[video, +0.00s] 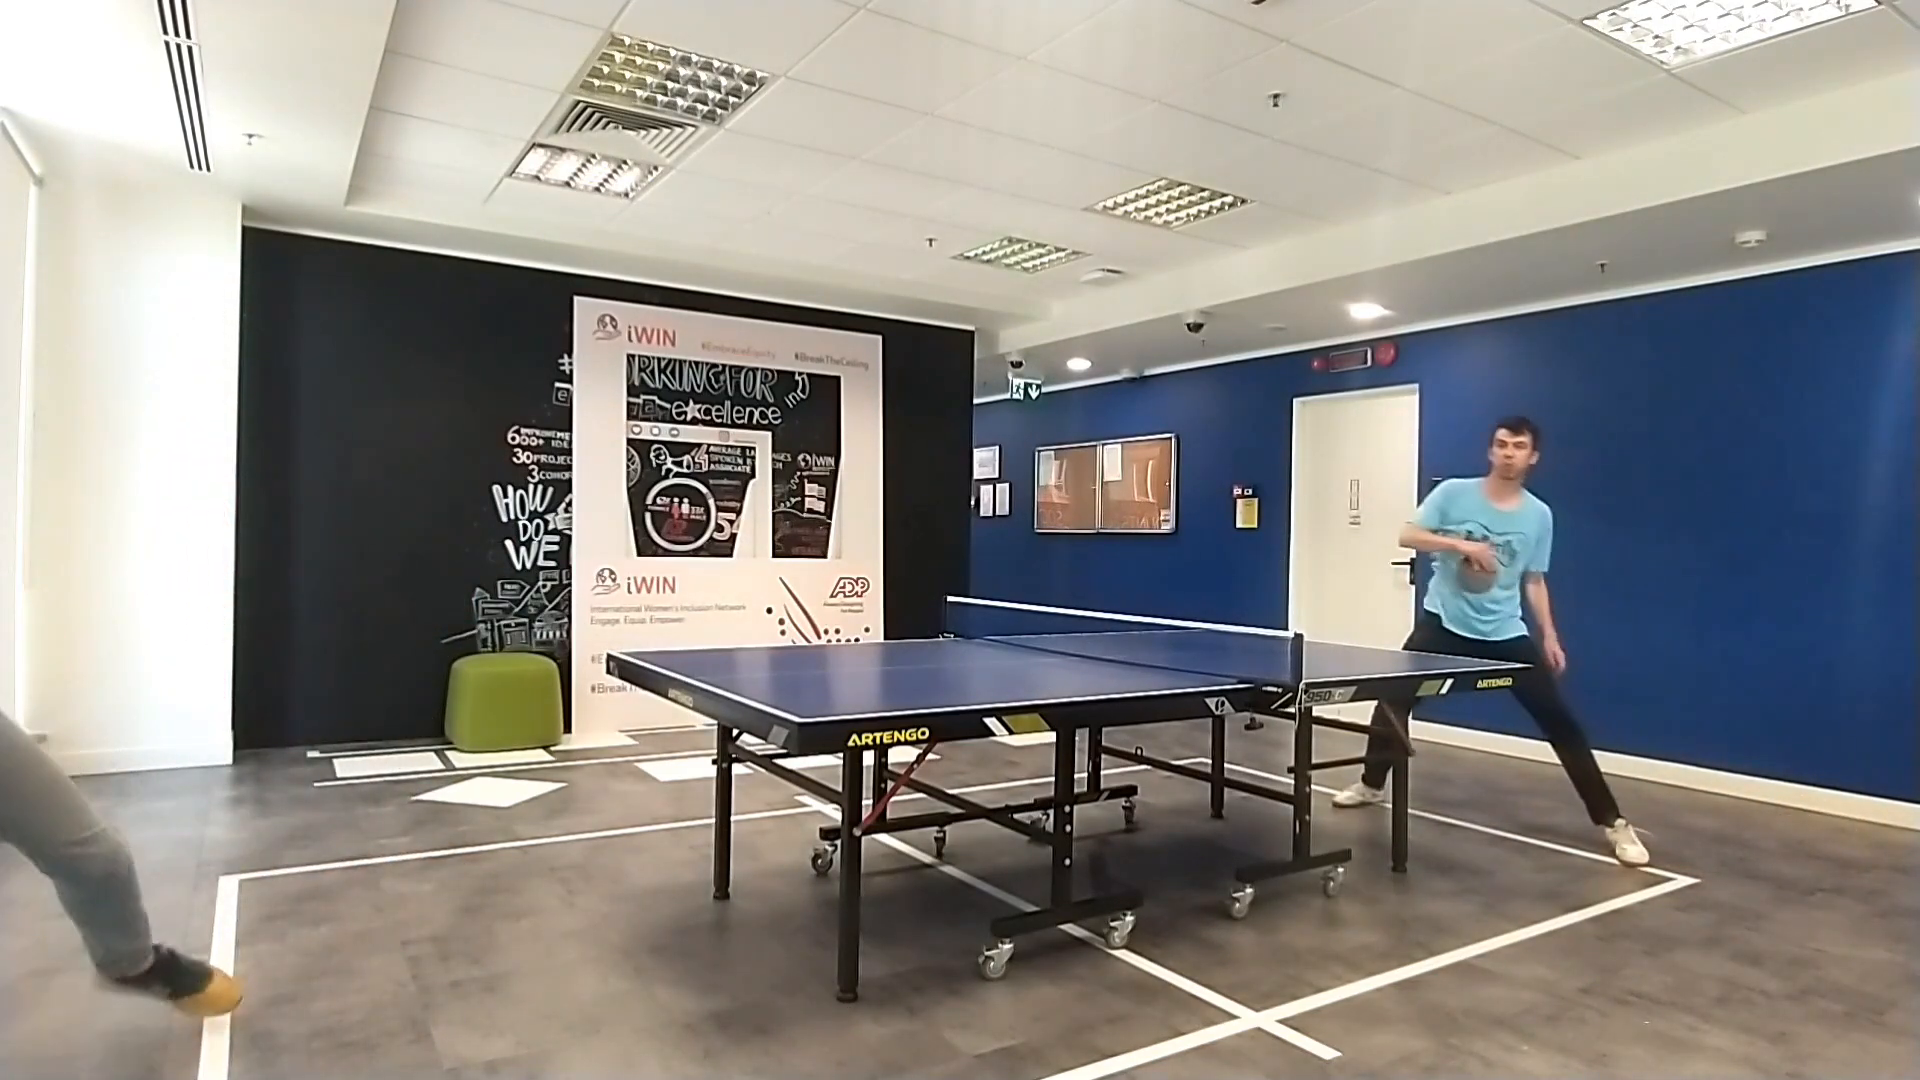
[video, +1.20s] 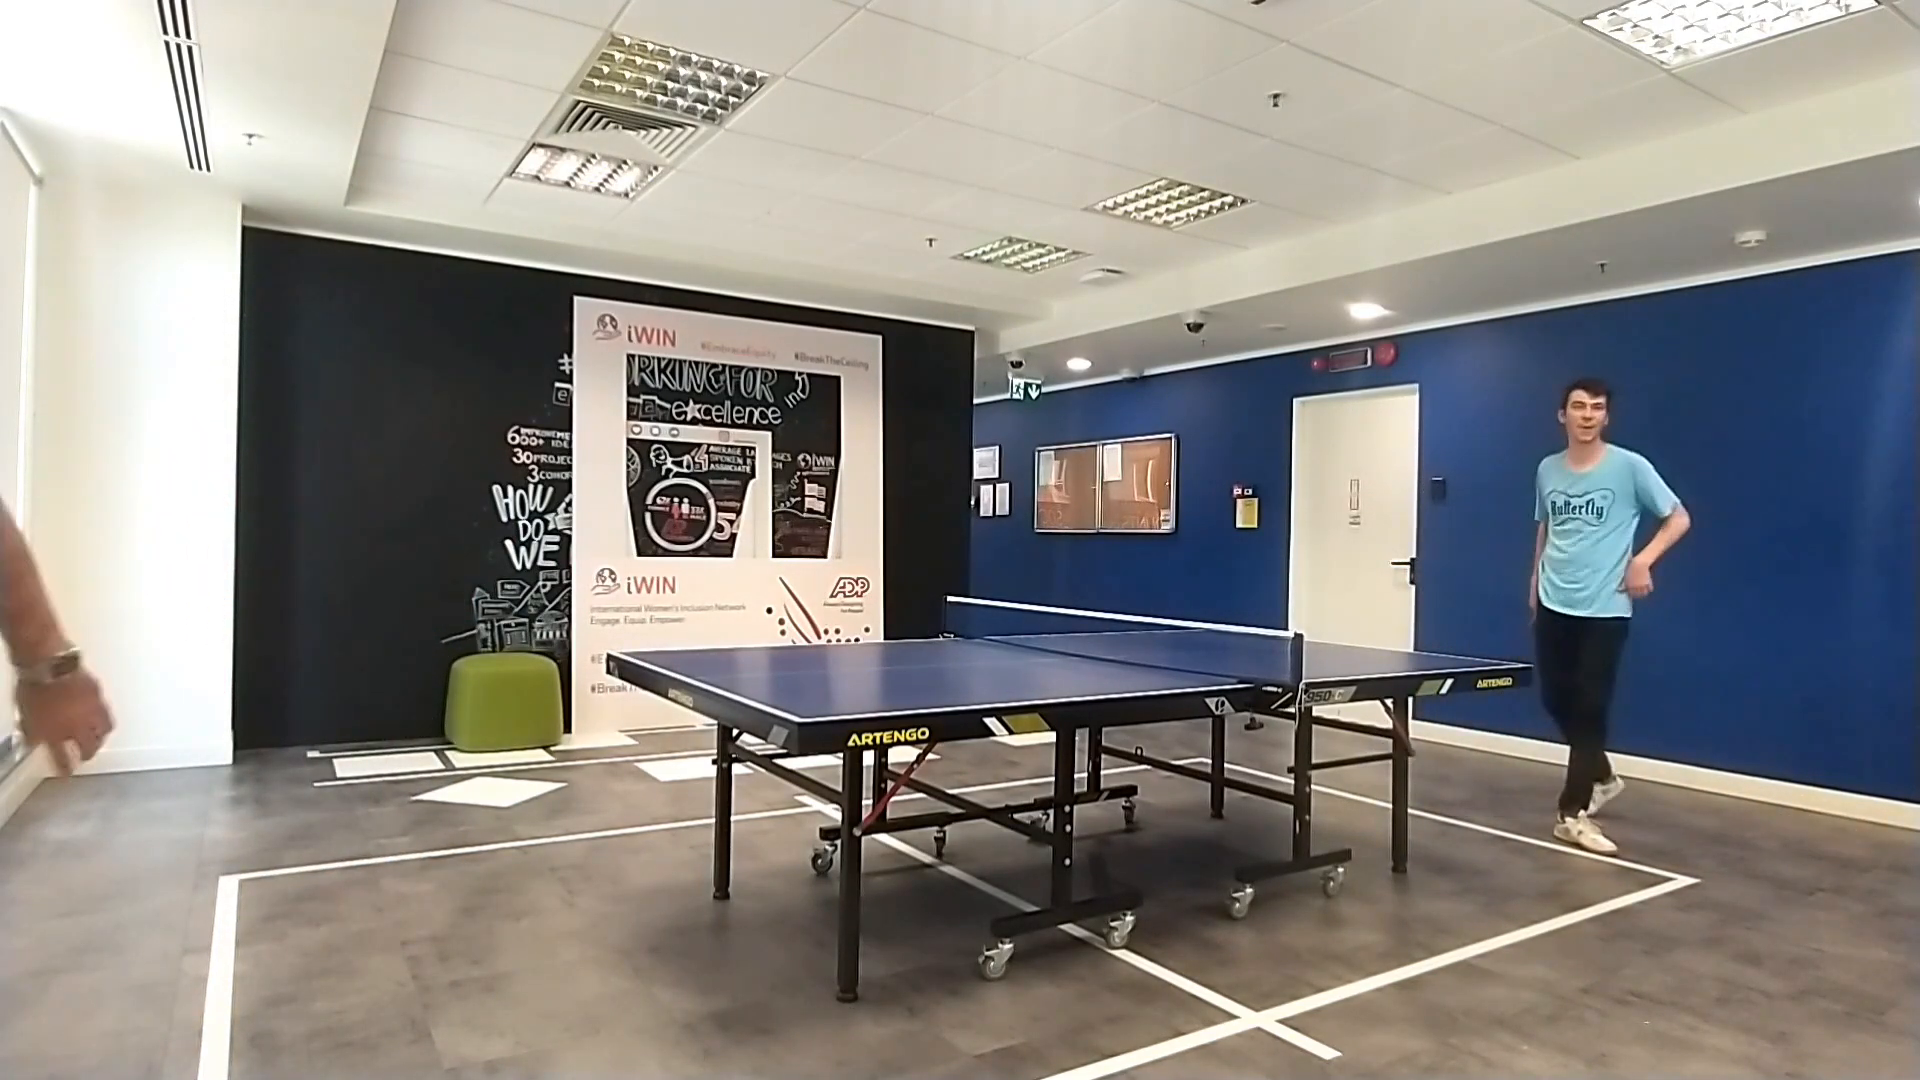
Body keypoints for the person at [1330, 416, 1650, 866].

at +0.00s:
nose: (1508, 453)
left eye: (1518, 447)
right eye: (1502, 445)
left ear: (1533, 457)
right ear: (1490, 451)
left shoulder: (1538, 514)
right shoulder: (1453, 492)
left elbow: (1534, 579)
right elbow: (1408, 536)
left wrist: (1548, 633)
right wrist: (1464, 546)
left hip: (1506, 632)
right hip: (1443, 624)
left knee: (1558, 720)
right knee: (1394, 694)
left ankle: (1614, 824)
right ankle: (1371, 784)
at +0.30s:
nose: (1498, 438)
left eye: (1507, 432)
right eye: (1491, 430)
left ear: (1521, 442)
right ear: (1478, 438)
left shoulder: (1535, 500)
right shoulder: (1443, 488)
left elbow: (1549, 556)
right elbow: (1419, 541)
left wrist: (1569, 582)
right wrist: (1403, 584)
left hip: (1505, 621)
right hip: (1442, 615)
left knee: (1549, 706)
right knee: (1398, 694)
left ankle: (1567, 815)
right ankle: (1370, 784)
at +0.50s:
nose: (1554, 437)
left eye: (1563, 431)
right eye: (1546, 429)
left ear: (1574, 442)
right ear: (1530, 436)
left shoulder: (1585, 503)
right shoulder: (1491, 482)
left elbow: (1603, 557)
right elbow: (1457, 533)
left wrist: (1615, 577)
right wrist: (1432, 584)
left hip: (1540, 621)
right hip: (1476, 612)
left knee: (1577, 709)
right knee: (1422, 693)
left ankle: (1570, 818)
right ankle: (1374, 780)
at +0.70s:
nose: (1598, 429)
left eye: (1608, 423)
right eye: (1590, 419)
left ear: (1617, 433)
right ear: (1572, 422)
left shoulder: (1623, 490)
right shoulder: (1531, 463)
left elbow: (1636, 552)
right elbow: (1498, 508)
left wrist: (1629, 582)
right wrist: (1475, 559)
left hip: (1568, 606)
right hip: (1506, 592)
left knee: (1581, 703)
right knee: (1464, 679)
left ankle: (1572, 816)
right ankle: (1437, 778)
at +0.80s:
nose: (1607, 423)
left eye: (1618, 418)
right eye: (1600, 413)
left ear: (1628, 429)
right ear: (1582, 417)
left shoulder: (1633, 486)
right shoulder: (1541, 458)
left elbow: (1645, 550)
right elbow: (1511, 503)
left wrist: (1624, 582)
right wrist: (1488, 551)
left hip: (1577, 604)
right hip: (1517, 589)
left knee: (1579, 706)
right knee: (1485, 679)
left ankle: (1571, 815)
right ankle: (1487, 776)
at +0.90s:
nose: (1611, 417)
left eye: (1621, 412)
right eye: (1603, 408)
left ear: (1630, 422)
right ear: (1585, 413)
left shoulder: (1637, 480)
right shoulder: (1545, 457)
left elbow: (1650, 547)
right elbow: (1520, 505)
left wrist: (1620, 578)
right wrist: (1500, 550)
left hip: (1587, 605)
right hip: (1528, 590)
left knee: (1583, 707)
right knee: (1501, 681)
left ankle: (1572, 814)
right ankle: (1534, 766)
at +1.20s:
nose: (1587, 414)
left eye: (1596, 408)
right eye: (1579, 407)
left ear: (1607, 416)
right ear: (1563, 415)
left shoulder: (1631, 466)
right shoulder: (1548, 469)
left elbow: (1679, 518)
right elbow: (1544, 532)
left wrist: (1643, 559)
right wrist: (1535, 589)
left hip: (1605, 607)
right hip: (1554, 603)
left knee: (1589, 705)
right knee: (1556, 700)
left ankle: (1572, 814)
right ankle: (1603, 775)